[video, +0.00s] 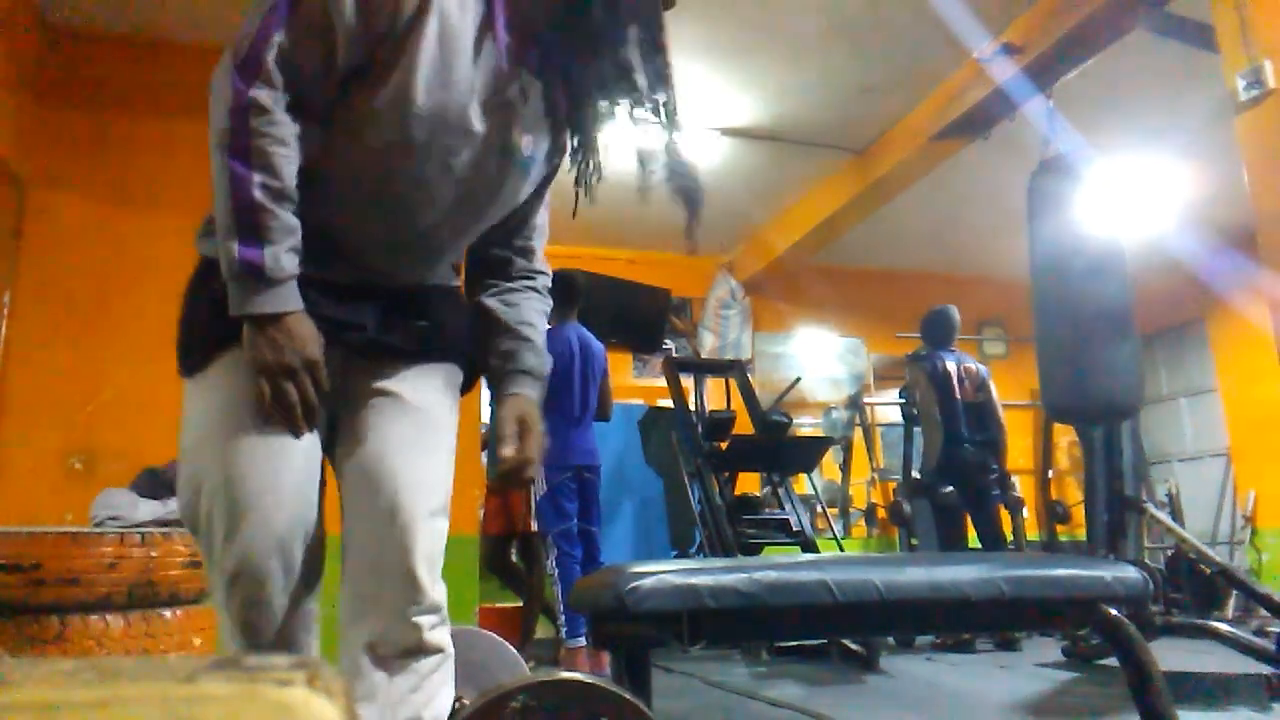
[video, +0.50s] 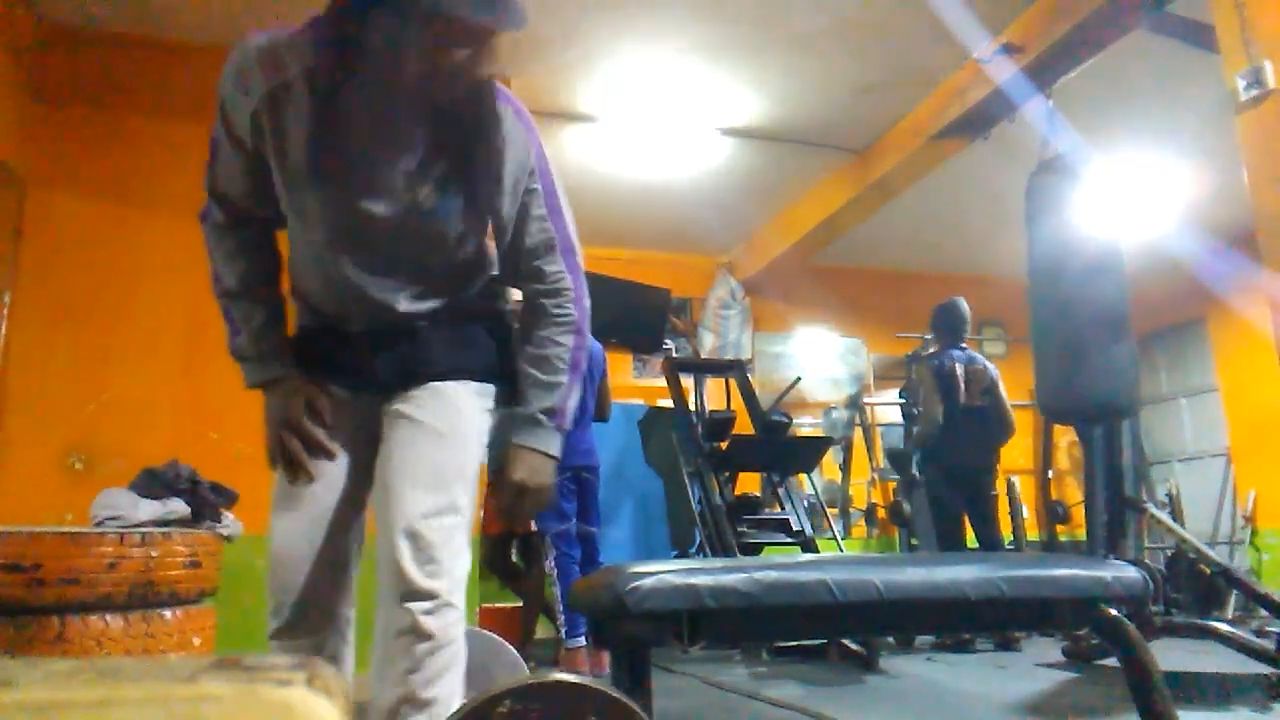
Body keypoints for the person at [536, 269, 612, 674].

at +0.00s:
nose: (550, 307)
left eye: (550, 300)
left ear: (550, 302)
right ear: (579, 302)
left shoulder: (540, 342)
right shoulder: (595, 346)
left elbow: (526, 399)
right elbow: (605, 411)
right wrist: (570, 405)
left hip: (552, 456)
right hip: (588, 454)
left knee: (564, 546)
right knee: (590, 542)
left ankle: (573, 642)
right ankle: (596, 638)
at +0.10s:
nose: (548, 308)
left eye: (550, 300)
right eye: (557, 299)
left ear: (551, 302)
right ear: (580, 304)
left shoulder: (543, 341)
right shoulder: (595, 346)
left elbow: (534, 403)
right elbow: (604, 410)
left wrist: (516, 420)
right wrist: (569, 408)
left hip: (551, 456)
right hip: (587, 454)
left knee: (563, 545)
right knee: (590, 542)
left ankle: (574, 642)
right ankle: (598, 641)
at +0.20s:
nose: (555, 309)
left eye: (554, 300)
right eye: (566, 301)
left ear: (550, 301)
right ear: (580, 303)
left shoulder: (543, 341)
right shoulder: (594, 346)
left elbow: (534, 402)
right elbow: (604, 410)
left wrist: (516, 422)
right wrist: (570, 407)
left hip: (551, 453)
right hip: (586, 451)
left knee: (562, 544)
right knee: (590, 541)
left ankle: (574, 643)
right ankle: (598, 643)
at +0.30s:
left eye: (553, 298)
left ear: (549, 301)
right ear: (578, 302)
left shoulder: (538, 342)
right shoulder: (593, 346)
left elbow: (527, 401)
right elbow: (603, 410)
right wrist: (568, 405)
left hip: (550, 454)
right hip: (586, 451)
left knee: (562, 545)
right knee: (590, 542)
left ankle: (574, 645)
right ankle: (598, 645)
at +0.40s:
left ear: (541, 309)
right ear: (573, 304)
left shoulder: (535, 345)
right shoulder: (592, 346)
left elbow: (529, 402)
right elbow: (603, 410)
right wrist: (567, 403)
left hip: (550, 457)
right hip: (587, 456)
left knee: (562, 549)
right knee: (589, 547)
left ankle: (574, 644)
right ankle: (600, 648)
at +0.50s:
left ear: (544, 314)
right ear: (581, 311)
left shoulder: (537, 348)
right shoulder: (593, 348)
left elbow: (532, 401)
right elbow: (603, 409)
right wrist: (570, 401)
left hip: (552, 452)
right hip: (587, 453)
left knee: (561, 546)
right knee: (589, 544)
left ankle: (574, 645)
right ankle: (598, 646)